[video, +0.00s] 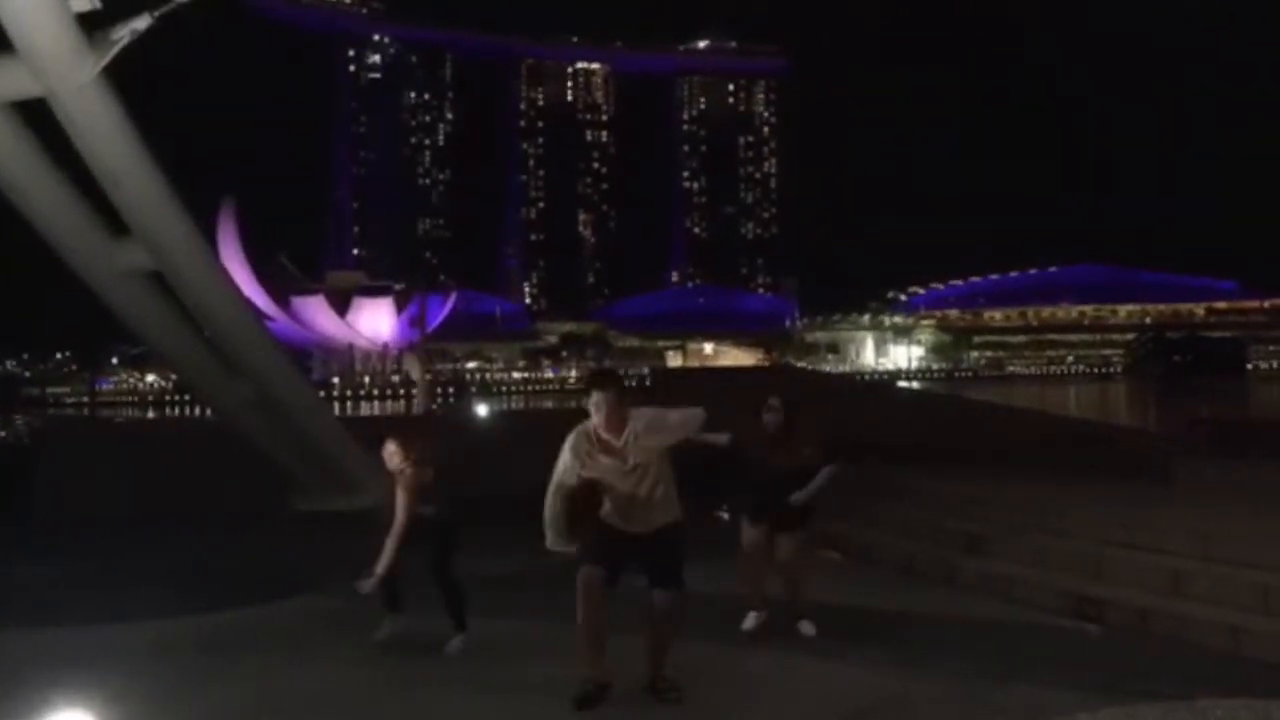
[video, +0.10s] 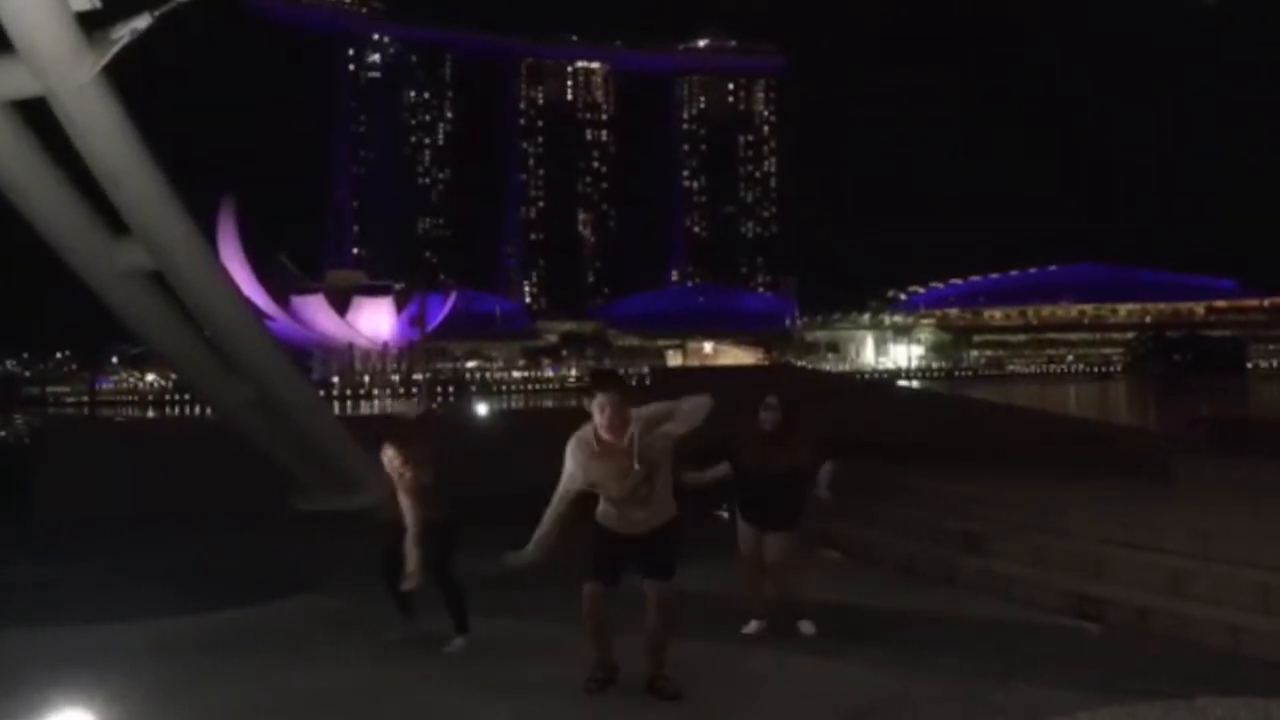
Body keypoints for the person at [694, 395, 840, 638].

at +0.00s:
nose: (769, 417)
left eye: (775, 412)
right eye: (767, 411)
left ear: (787, 416)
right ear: (760, 414)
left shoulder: (797, 445)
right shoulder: (750, 441)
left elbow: (827, 468)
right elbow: (722, 439)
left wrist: (807, 493)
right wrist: (690, 436)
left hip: (789, 508)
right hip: (755, 506)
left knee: (789, 560)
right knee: (751, 554)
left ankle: (799, 614)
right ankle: (756, 608)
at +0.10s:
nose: (767, 416)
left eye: (773, 411)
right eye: (764, 411)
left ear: (783, 415)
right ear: (757, 414)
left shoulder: (794, 445)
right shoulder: (750, 443)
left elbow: (824, 464)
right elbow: (727, 467)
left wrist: (822, 488)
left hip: (784, 513)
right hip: (750, 512)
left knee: (781, 566)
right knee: (749, 565)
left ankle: (801, 615)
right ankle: (758, 616)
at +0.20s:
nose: (764, 417)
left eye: (770, 411)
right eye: (761, 411)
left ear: (781, 415)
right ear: (756, 414)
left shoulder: (791, 444)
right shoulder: (747, 443)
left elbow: (822, 464)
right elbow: (732, 483)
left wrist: (825, 496)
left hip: (780, 511)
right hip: (746, 510)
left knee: (772, 564)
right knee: (743, 563)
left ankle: (799, 613)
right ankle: (758, 615)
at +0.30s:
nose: (762, 417)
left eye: (768, 412)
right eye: (761, 412)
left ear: (781, 417)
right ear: (755, 415)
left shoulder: (790, 445)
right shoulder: (746, 445)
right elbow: (730, 484)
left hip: (780, 514)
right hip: (746, 513)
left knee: (781, 564)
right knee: (748, 566)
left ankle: (793, 612)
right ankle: (758, 615)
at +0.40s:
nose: (765, 414)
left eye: (770, 409)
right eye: (761, 408)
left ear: (780, 412)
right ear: (753, 411)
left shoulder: (791, 433)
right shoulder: (745, 437)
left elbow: (822, 437)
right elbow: (737, 478)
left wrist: (852, 442)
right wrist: (774, 493)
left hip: (788, 503)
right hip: (751, 505)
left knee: (796, 560)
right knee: (748, 561)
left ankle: (798, 615)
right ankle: (756, 614)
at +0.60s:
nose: (769, 408)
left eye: (774, 403)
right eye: (765, 403)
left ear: (783, 406)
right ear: (758, 406)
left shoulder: (792, 425)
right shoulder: (750, 434)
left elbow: (813, 419)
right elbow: (741, 484)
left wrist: (834, 413)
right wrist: (773, 503)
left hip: (794, 501)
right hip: (757, 504)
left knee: (806, 560)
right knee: (750, 563)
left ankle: (816, 624)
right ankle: (751, 611)